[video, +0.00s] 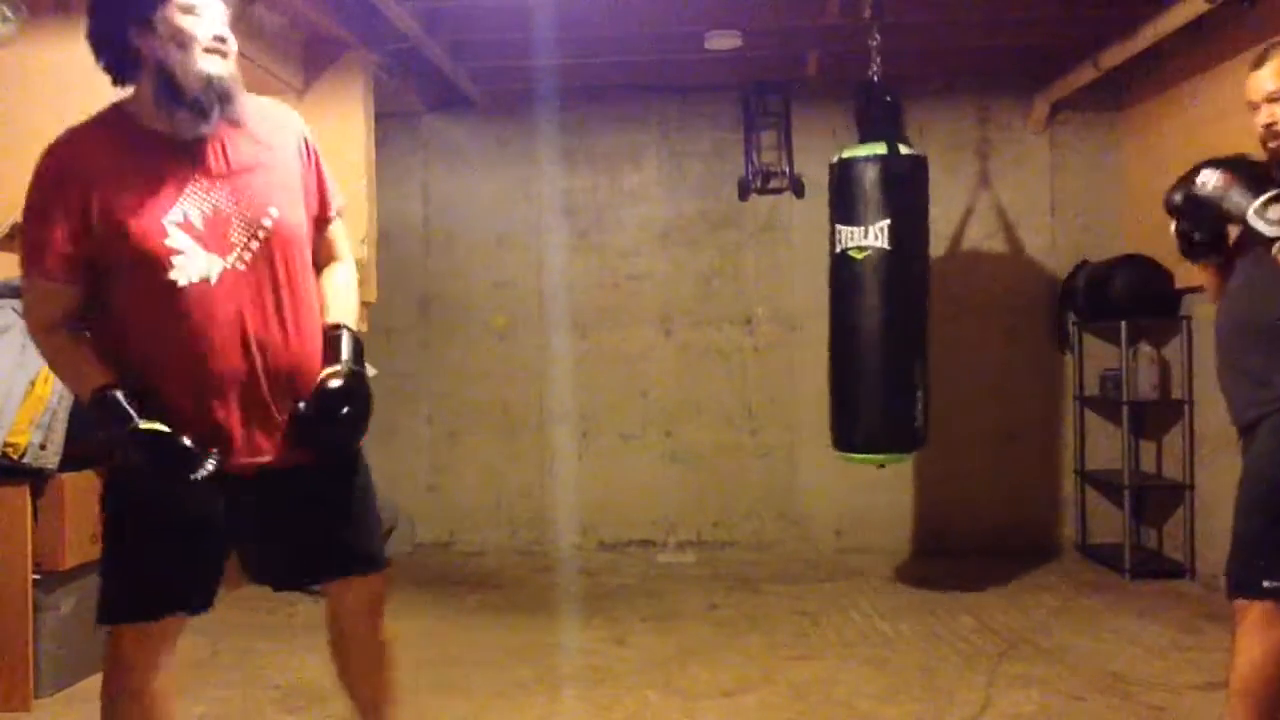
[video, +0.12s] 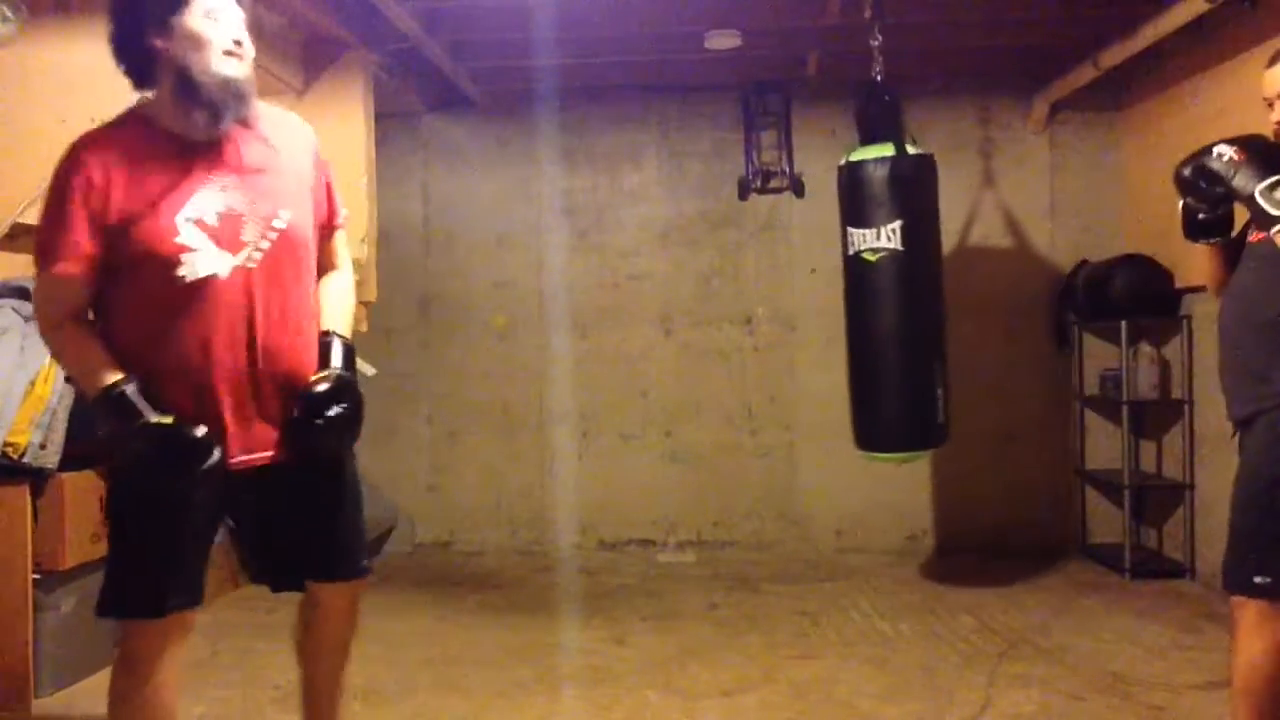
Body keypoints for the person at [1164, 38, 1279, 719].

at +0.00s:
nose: (1265, 119)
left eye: (1274, 101)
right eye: (1256, 107)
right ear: (1247, 117)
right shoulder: (1252, 211)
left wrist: (1225, 252)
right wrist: (1221, 258)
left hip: (1270, 422)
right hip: (1263, 421)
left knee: (1258, 602)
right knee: (1257, 600)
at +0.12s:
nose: (1271, 110)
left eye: (1275, 98)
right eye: (1269, 101)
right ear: (1266, 101)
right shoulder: (1261, 181)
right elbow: (1218, 282)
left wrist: (1264, 203)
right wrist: (1206, 215)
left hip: (1272, 417)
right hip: (1257, 416)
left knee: (1256, 597)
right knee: (1255, 594)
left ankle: (1251, 711)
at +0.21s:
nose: (1269, 95)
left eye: (1273, 84)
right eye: (1268, 86)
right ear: (1265, 91)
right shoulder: (1259, 174)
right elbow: (1220, 282)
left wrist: (1262, 200)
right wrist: (1206, 221)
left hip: (1271, 415)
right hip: (1255, 416)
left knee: (1244, 589)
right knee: (1248, 588)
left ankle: (1250, 712)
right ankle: (1253, 706)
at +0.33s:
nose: (1265, 112)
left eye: (1272, 96)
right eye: (1262, 98)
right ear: (1259, 103)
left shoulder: (1262, 209)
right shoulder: (1257, 206)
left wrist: (1248, 235)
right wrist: (1210, 258)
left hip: (1266, 419)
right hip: (1254, 420)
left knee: (1232, 584)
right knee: (1239, 584)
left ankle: (1246, 711)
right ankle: (1250, 707)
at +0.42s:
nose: (1256, 113)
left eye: (1268, 95)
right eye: (1249, 99)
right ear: (1244, 109)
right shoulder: (1258, 204)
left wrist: (1259, 245)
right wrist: (1202, 263)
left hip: (1266, 421)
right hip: (1253, 421)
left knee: (1236, 594)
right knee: (1240, 592)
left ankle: (1237, 711)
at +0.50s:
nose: (1231, 115)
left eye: (1245, 95)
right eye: (1225, 102)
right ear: (1223, 110)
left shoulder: (1273, 195)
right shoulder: (1250, 196)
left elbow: (1279, 278)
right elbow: (1218, 288)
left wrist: (1225, 242)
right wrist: (1171, 253)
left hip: (1264, 424)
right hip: (1241, 423)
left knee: (1238, 605)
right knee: (1243, 603)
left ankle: (1226, 712)